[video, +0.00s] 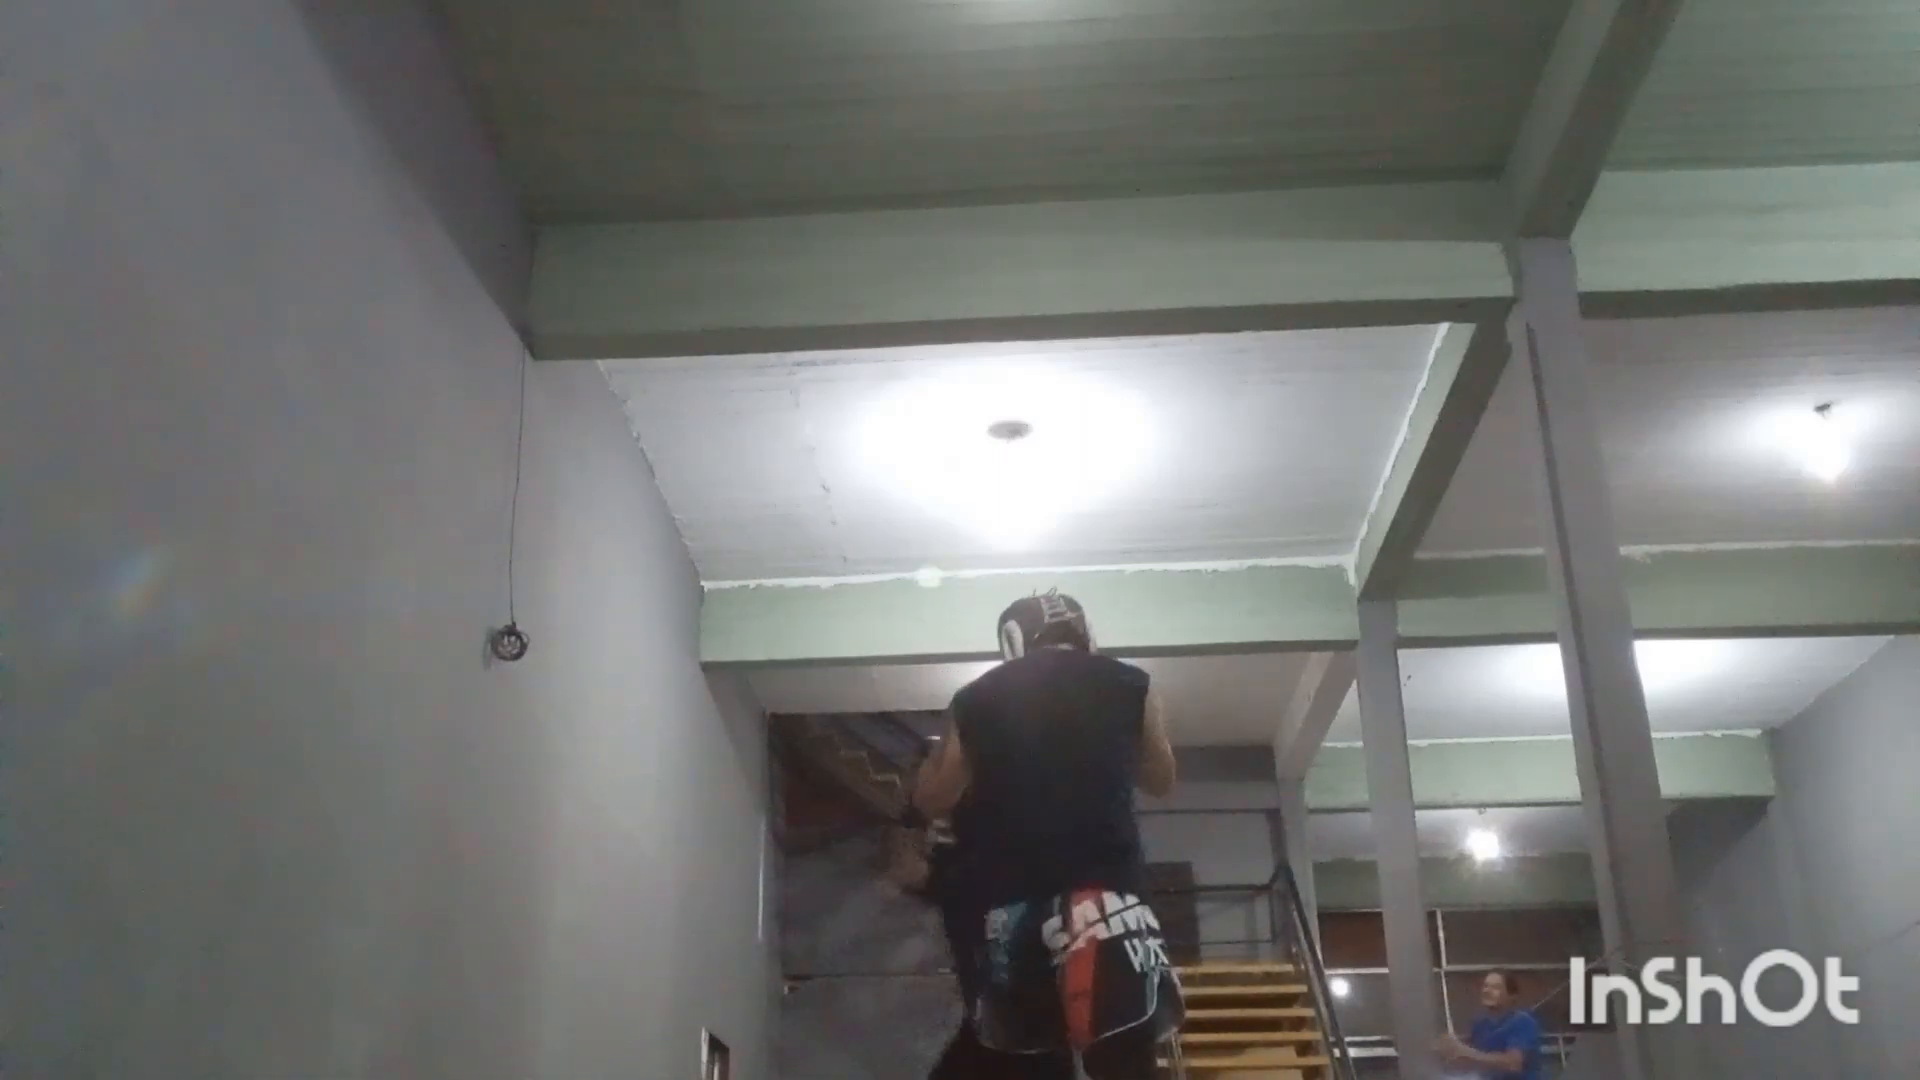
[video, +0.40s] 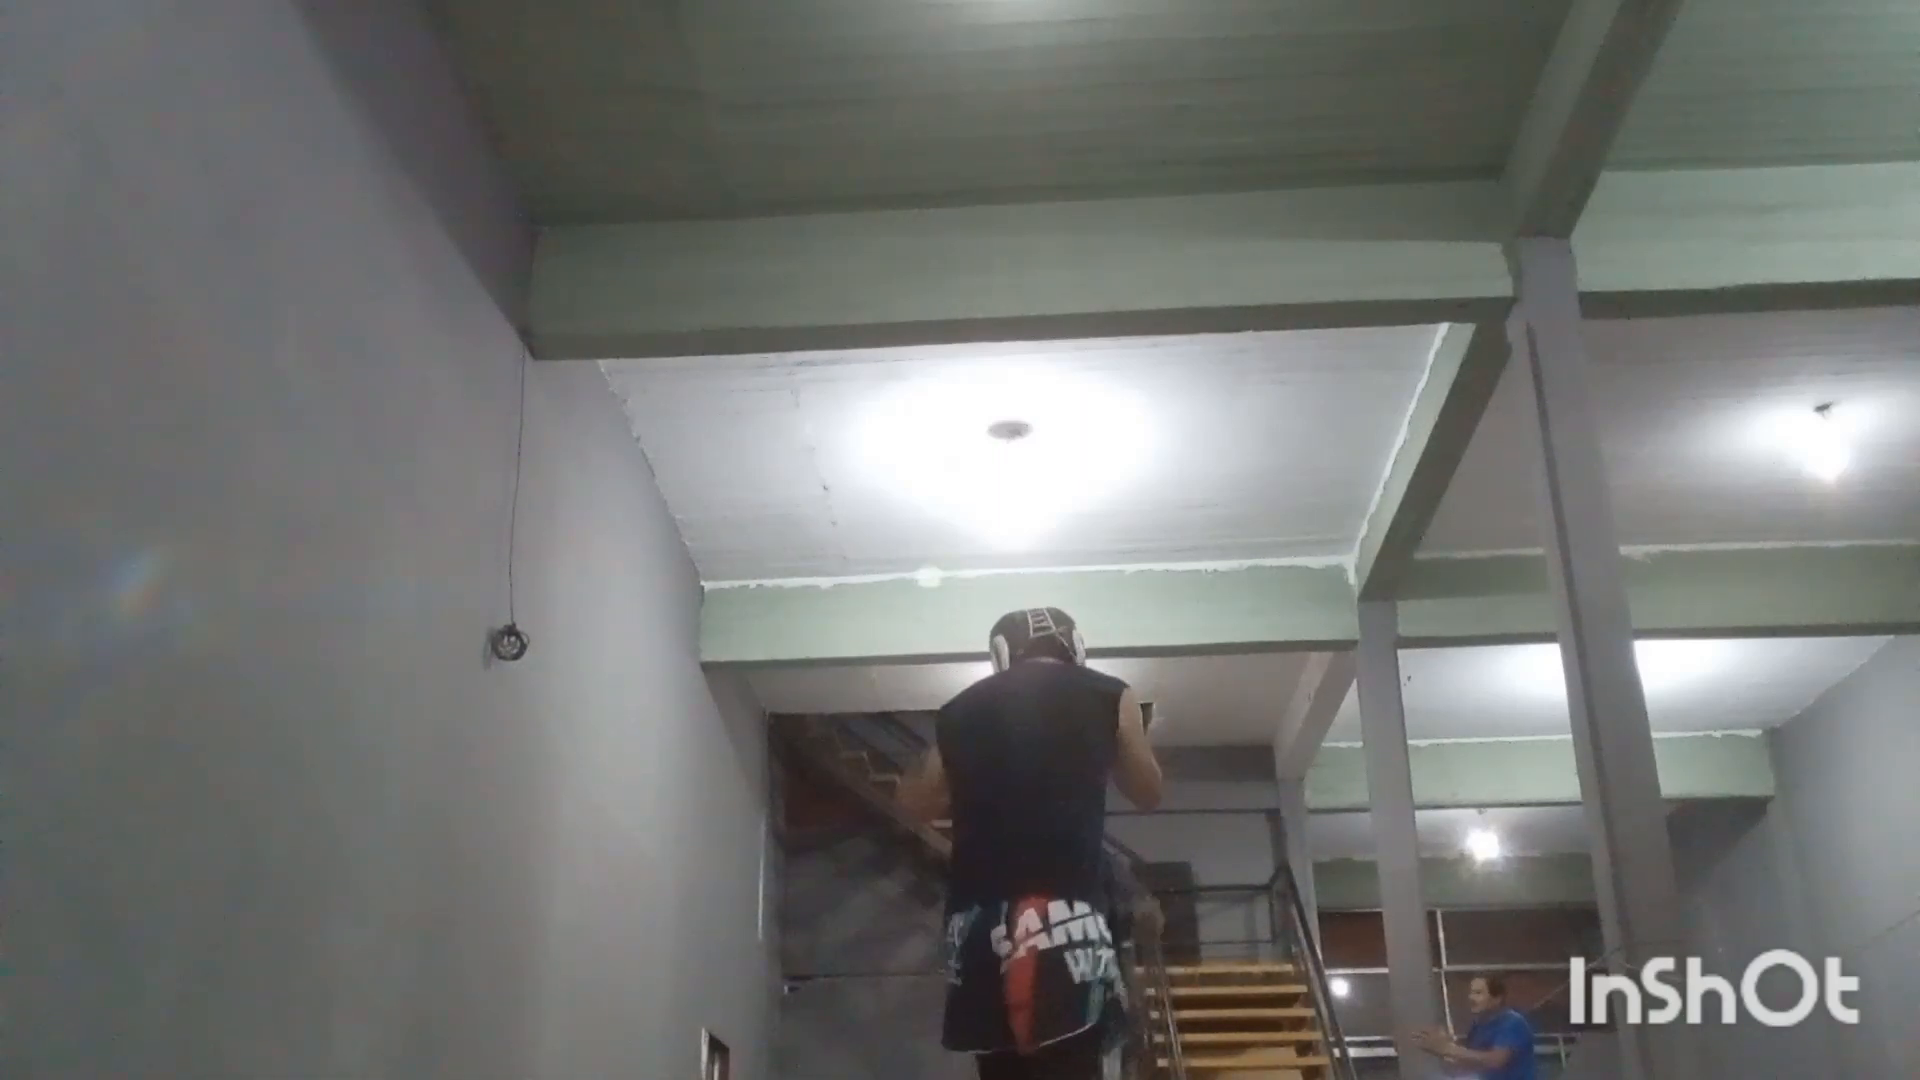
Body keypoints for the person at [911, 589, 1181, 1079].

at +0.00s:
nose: (1009, 648)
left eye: (1009, 641)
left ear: (1017, 642)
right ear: (1083, 636)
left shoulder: (977, 698)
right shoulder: (1127, 681)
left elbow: (934, 798)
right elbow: (1161, 779)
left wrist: (939, 757)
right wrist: (1106, 739)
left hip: (1012, 904)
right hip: (1112, 896)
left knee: (1029, 1059)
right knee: (1126, 1060)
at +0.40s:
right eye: (1080, 650)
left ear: (1005, 654)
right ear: (1072, 649)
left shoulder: (962, 709)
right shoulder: (1108, 694)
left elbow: (914, 800)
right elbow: (1148, 793)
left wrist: (981, 789)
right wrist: (1130, 735)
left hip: (980, 923)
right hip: (1073, 920)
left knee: (1000, 1067)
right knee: (1074, 1068)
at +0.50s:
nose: (1086, 660)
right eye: (1082, 653)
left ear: (1007, 659)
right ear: (1073, 654)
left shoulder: (961, 711)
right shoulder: (1108, 701)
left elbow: (908, 800)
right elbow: (1146, 799)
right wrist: (1134, 741)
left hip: (973, 915)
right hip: (1066, 913)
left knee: (999, 1062)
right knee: (1060, 1061)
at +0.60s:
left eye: (994, 663)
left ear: (1004, 662)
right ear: (1070, 657)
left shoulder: (957, 714)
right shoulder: (1109, 706)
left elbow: (953, 812)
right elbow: (1136, 798)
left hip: (972, 893)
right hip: (1066, 894)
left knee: (991, 1055)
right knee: (1060, 1051)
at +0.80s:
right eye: (1069, 663)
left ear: (995, 671)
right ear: (1059, 660)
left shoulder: (962, 712)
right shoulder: (1091, 698)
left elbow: (947, 810)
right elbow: (1149, 784)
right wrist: (1117, 734)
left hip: (957, 912)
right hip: (1043, 907)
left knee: (988, 1062)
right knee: (1051, 1061)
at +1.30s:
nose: (1029, 669)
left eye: (1027, 663)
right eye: (1026, 661)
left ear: (953, 672)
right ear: (1012, 661)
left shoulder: (912, 726)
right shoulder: (1047, 701)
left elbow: (903, 831)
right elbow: (1116, 794)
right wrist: (1105, 754)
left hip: (925, 906)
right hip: (1016, 903)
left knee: (952, 1062)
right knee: (1019, 1063)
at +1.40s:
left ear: (933, 688)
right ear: (991, 673)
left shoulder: (911, 737)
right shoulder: (1030, 713)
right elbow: (1107, 794)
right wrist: (1084, 752)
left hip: (910, 929)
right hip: (998, 923)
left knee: (940, 1065)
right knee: (1002, 1066)